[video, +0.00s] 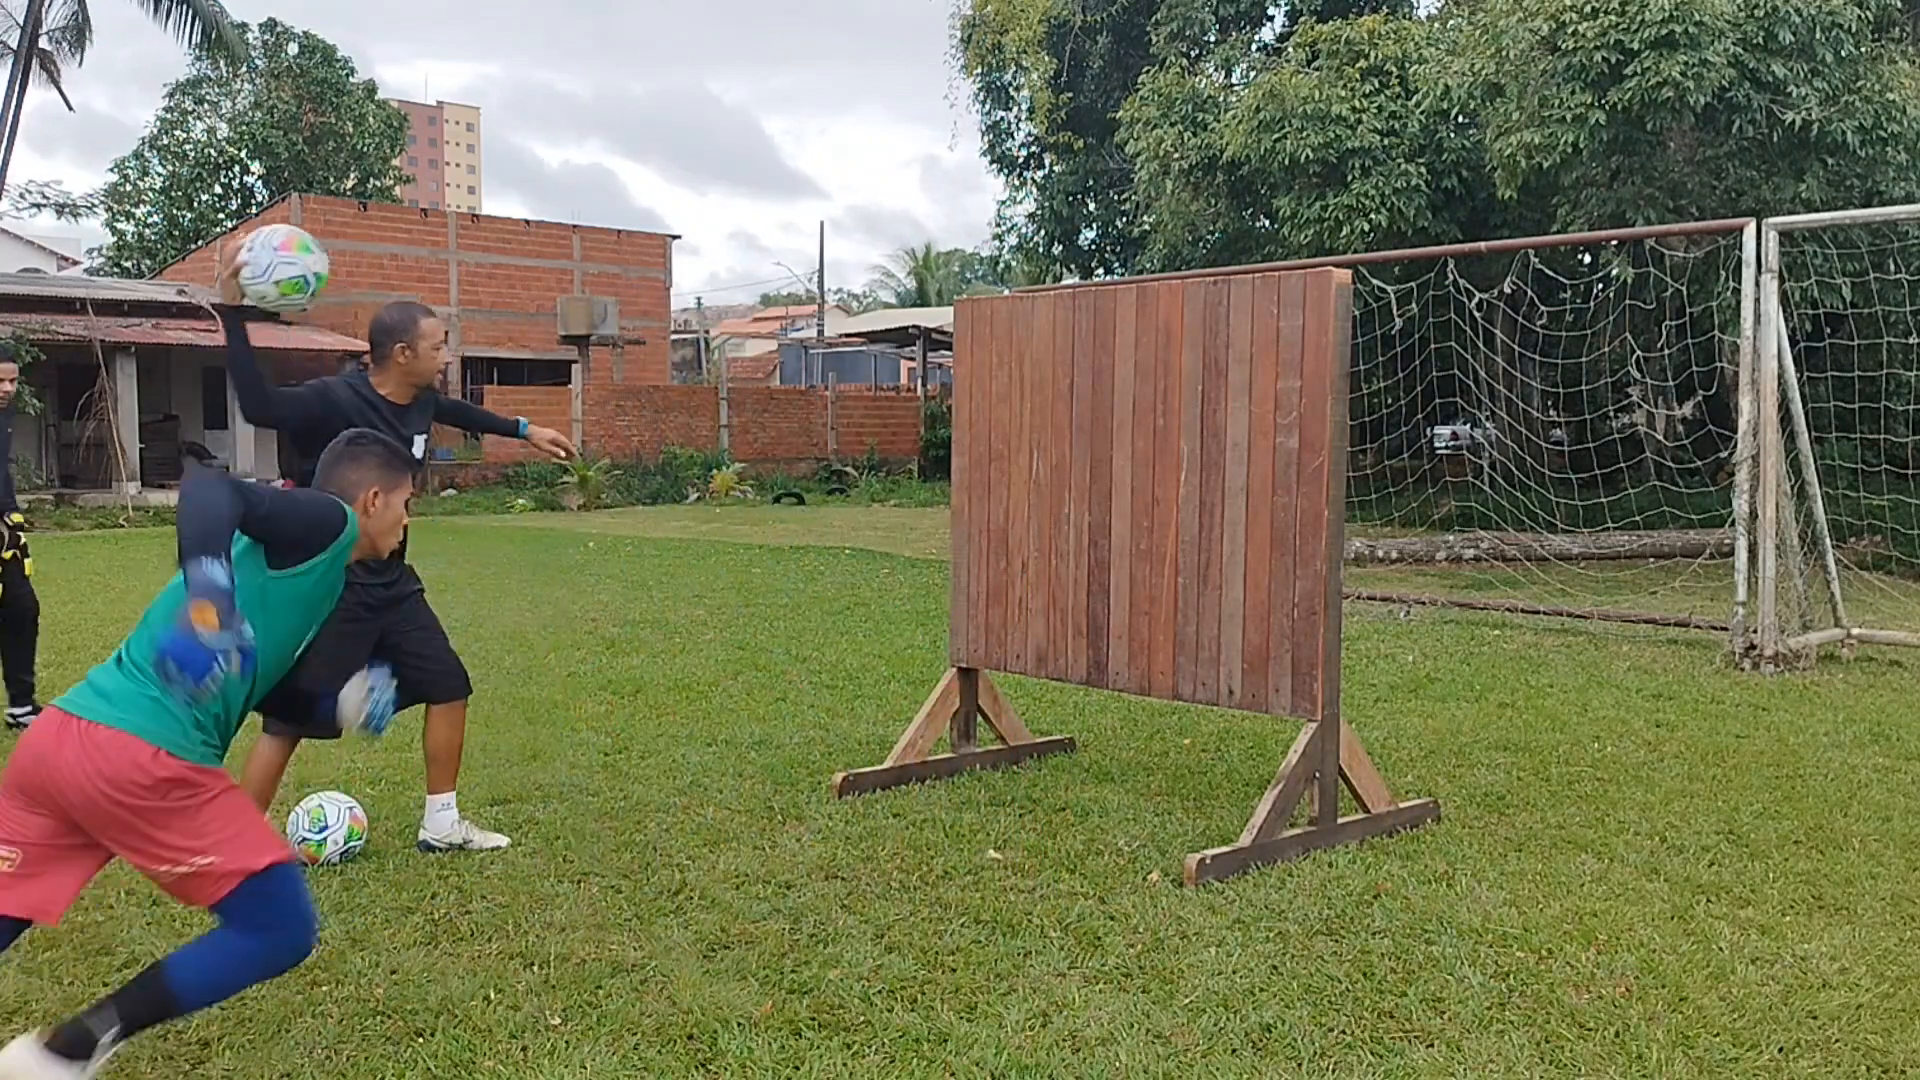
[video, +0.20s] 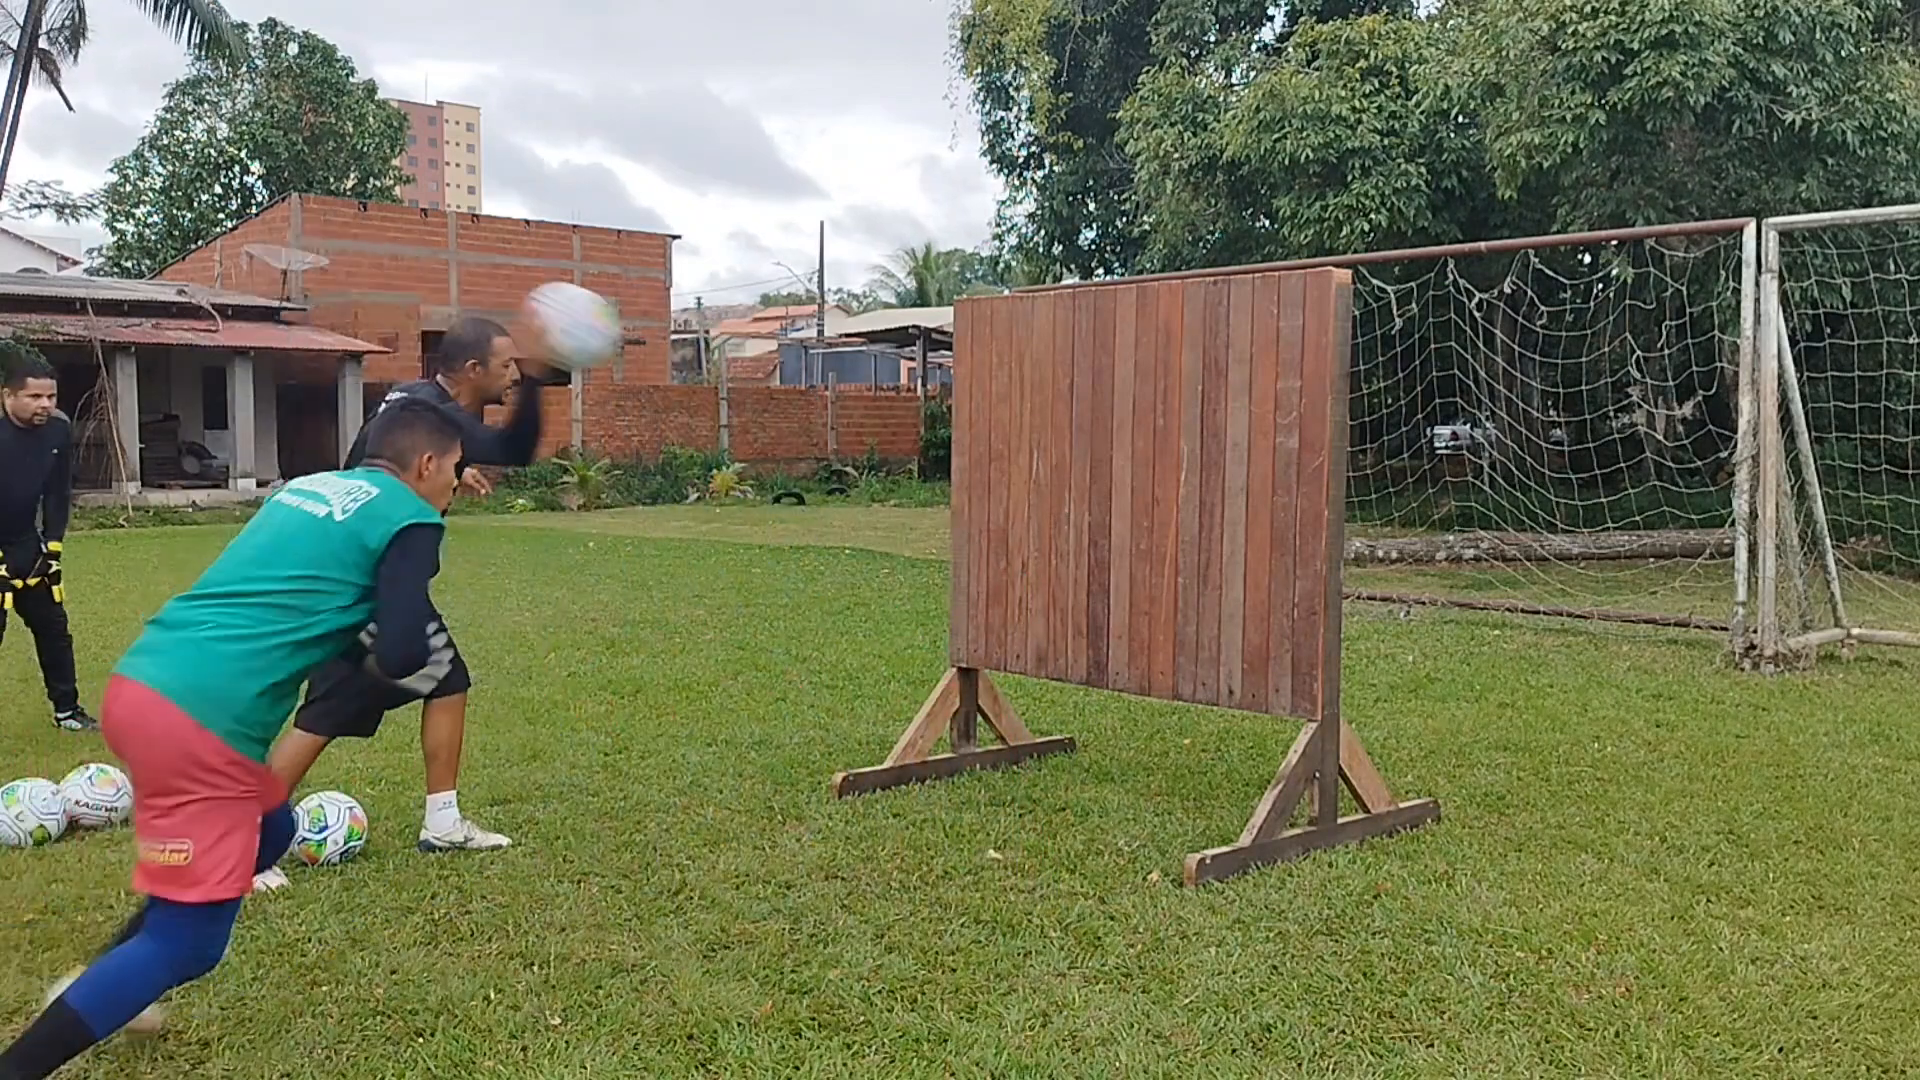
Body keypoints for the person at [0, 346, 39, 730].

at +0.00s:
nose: (8, 387)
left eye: (12, 381)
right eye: (3, 380)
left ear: (18, 383)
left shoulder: (8, 421)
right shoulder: (4, 422)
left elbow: (7, 473)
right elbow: (6, 474)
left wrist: (13, 516)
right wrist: (10, 519)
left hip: (7, 528)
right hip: (3, 528)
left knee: (23, 607)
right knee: (21, 608)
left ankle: (21, 703)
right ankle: (20, 704)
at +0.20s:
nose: (45, 405)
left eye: (50, 396)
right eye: (35, 396)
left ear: (56, 395)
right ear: (8, 398)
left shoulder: (57, 430)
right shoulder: (1, 433)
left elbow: (57, 492)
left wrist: (53, 548)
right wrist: (1, 564)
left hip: (24, 547)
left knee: (52, 625)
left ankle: (67, 709)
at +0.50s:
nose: (88, 435)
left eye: (93, 426)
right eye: (79, 425)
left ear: (99, 425)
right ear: (51, 421)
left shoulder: (90, 451)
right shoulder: (15, 453)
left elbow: (82, 507)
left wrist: (67, 560)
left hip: (30, 540)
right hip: (5, 541)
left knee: (61, 616)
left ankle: (68, 710)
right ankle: (67, 709)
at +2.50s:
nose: (100, 457)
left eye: (106, 449)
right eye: (93, 447)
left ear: (112, 448)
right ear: (66, 440)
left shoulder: (98, 467)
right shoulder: (29, 468)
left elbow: (85, 521)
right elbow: (6, 530)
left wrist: (67, 568)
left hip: (24, 539)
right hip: (3, 540)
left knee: (64, 611)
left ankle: (70, 709)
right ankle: (68, 709)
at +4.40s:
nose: (103, 459)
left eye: (109, 452)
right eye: (96, 449)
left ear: (114, 450)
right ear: (70, 440)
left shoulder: (99, 467)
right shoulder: (34, 467)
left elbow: (85, 518)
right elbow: (7, 526)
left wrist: (67, 569)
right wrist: (3, 574)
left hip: (23, 536)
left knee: (62, 610)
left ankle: (70, 709)